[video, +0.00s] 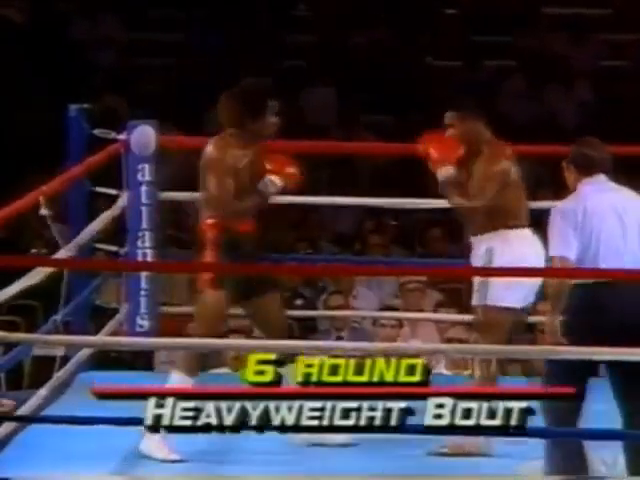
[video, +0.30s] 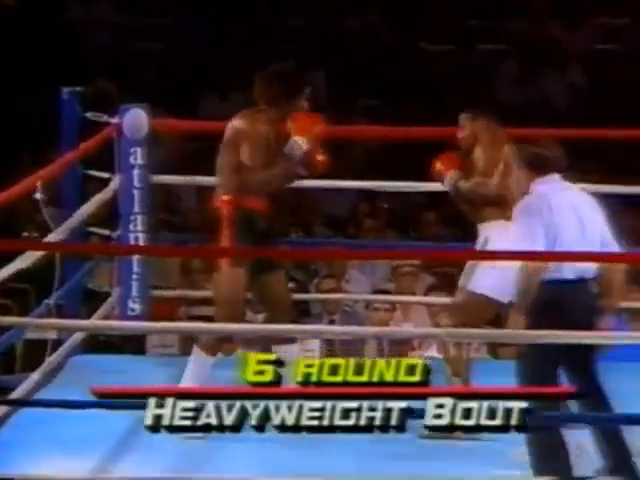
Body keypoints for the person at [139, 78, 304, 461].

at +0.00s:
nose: (275, 122)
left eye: (275, 115)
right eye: (269, 116)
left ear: (251, 121)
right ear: (249, 120)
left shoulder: (255, 149)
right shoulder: (218, 153)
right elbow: (223, 206)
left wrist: (277, 179)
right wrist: (262, 194)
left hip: (248, 240)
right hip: (218, 242)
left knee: (279, 332)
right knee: (206, 331)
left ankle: (299, 417)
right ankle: (153, 430)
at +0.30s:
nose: (299, 107)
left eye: (298, 100)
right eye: (295, 100)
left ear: (277, 99)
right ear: (281, 99)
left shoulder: (279, 128)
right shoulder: (243, 127)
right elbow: (247, 180)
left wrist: (302, 159)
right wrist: (288, 164)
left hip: (261, 213)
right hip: (235, 212)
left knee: (280, 307)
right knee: (229, 315)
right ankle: (187, 390)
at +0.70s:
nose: (290, 112)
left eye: (289, 104)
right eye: (285, 104)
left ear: (272, 108)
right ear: (269, 106)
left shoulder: (279, 139)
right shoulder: (226, 136)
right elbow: (229, 191)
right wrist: (271, 165)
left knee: (298, 304)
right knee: (198, 306)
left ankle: (296, 389)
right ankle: (165, 388)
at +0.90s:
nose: (278, 128)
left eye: (282, 121)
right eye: (273, 119)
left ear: (286, 123)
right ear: (258, 117)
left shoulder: (266, 151)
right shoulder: (231, 148)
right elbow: (209, 209)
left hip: (250, 231)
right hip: (218, 231)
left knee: (288, 310)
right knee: (212, 320)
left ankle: (290, 386)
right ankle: (160, 382)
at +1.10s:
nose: (231, 106)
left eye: (222, 105)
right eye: (224, 102)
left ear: (223, 104)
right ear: (207, 100)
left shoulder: (231, 130)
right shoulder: (178, 132)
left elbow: (277, 155)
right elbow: (194, 179)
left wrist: (255, 139)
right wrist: (221, 149)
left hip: (226, 217)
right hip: (191, 219)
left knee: (262, 299)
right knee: (183, 308)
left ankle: (277, 376)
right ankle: (152, 388)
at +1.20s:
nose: (222, 83)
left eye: (224, 77)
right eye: (216, 76)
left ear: (222, 79)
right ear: (196, 77)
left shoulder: (220, 109)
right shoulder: (168, 111)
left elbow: (232, 168)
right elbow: (173, 160)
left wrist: (240, 137)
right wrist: (205, 128)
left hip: (213, 202)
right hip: (180, 202)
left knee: (248, 285)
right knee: (174, 288)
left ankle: (234, 372)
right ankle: (149, 376)